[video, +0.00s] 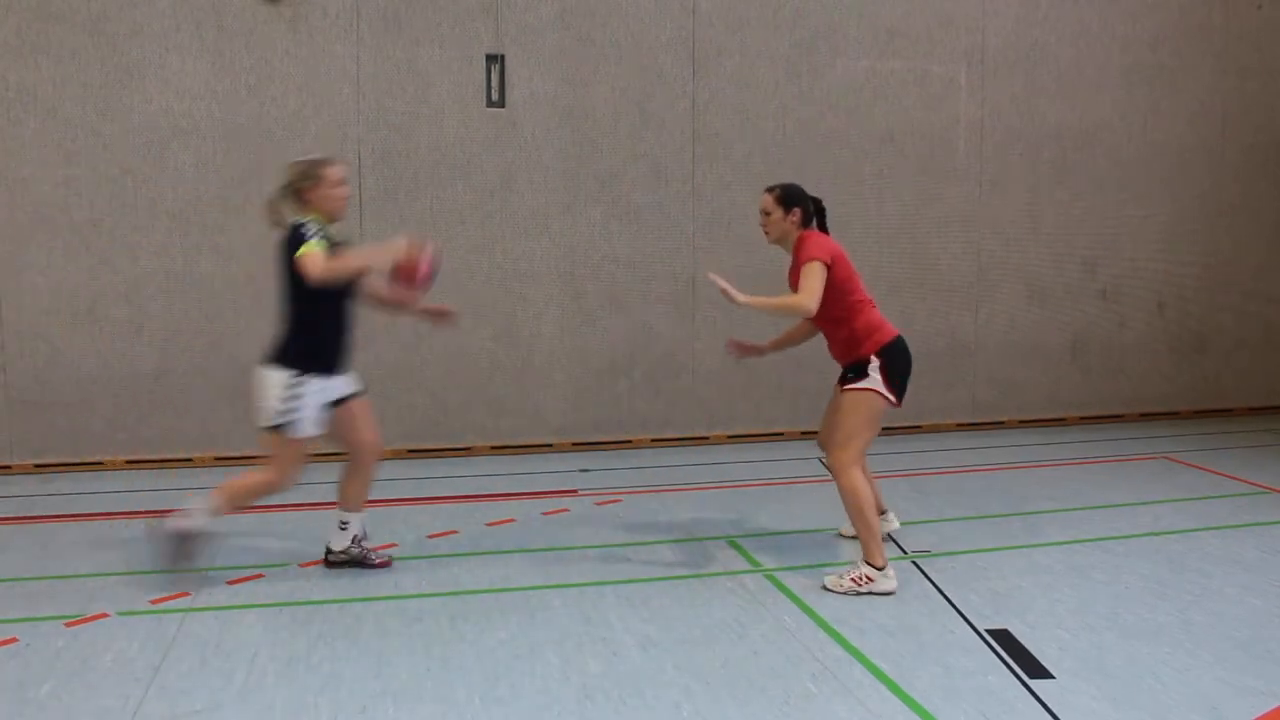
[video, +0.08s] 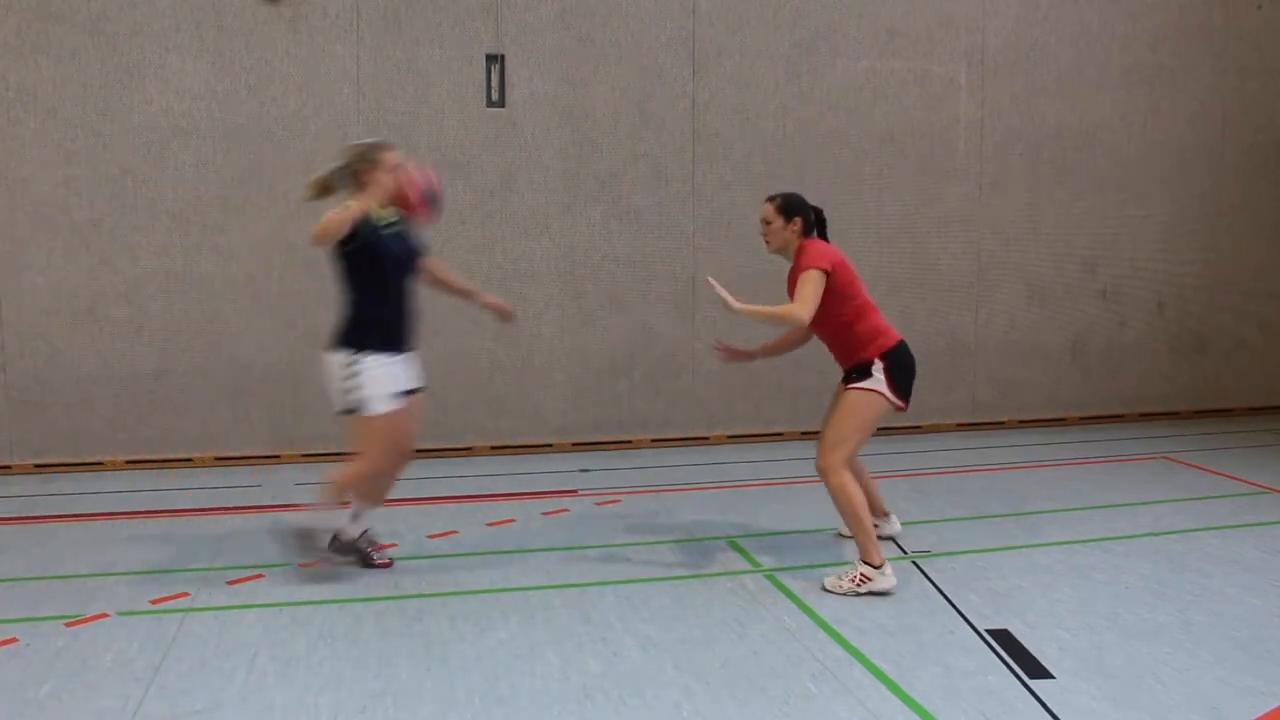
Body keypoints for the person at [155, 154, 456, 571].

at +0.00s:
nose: (345, 193)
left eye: (345, 185)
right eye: (336, 185)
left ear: (328, 192)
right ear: (309, 193)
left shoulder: (332, 243)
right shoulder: (305, 234)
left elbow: (365, 287)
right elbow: (316, 271)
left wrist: (416, 306)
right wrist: (388, 253)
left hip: (333, 374)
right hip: (294, 375)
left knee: (366, 448)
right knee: (279, 474)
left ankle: (344, 543)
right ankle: (189, 520)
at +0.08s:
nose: (400, 177)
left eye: (400, 169)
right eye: (392, 170)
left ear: (397, 178)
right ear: (367, 175)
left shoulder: (395, 223)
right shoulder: (351, 218)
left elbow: (431, 269)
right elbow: (321, 235)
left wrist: (481, 298)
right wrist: (367, 199)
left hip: (397, 353)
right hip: (362, 354)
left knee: (401, 448)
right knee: (380, 452)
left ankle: (352, 530)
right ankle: (316, 520)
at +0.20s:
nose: (490, 172)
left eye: (490, 164)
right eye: (481, 164)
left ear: (480, 172)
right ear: (455, 170)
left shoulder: (484, 219)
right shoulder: (436, 213)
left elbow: (498, 274)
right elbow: (378, 228)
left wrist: (544, 308)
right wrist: (370, 172)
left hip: (486, 345)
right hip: (450, 347)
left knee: (510, 434)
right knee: (475, 444)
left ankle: (447, 501)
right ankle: (460, 545)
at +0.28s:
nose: (550, 186)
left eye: (550, 178)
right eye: (541, 178)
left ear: (539, 187)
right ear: (516, 184)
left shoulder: (541, 229)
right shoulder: (496, 225)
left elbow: (542, 290)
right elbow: (443, 240)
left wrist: (574, 321)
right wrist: (409, 182)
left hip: (542, 358)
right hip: (504, 363)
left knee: (586, 426)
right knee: (519, 460)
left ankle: (582, 516)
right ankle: (471, 549)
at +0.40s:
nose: (630, 206)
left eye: (628, 199)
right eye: (621, 200)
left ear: (608, 209)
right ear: (596, 208)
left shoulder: (618, 251)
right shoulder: (586, 247)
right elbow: (552, 259)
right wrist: (517, 206)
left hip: (634, 378)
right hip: (598, 380)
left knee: (686, 437)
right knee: (571, 471)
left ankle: (698, 525)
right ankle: (488, 535)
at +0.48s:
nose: (674, 208)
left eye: (673, 201)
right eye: (665, 202)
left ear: (658, 210)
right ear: (641, 210)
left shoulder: (662, 254)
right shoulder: (635, 249)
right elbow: (614, 262)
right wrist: (592, 209)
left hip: (677, 376)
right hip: (641, 380)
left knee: (726, 440)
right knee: (626, 472)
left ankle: (710, 522)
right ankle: (541, 529)